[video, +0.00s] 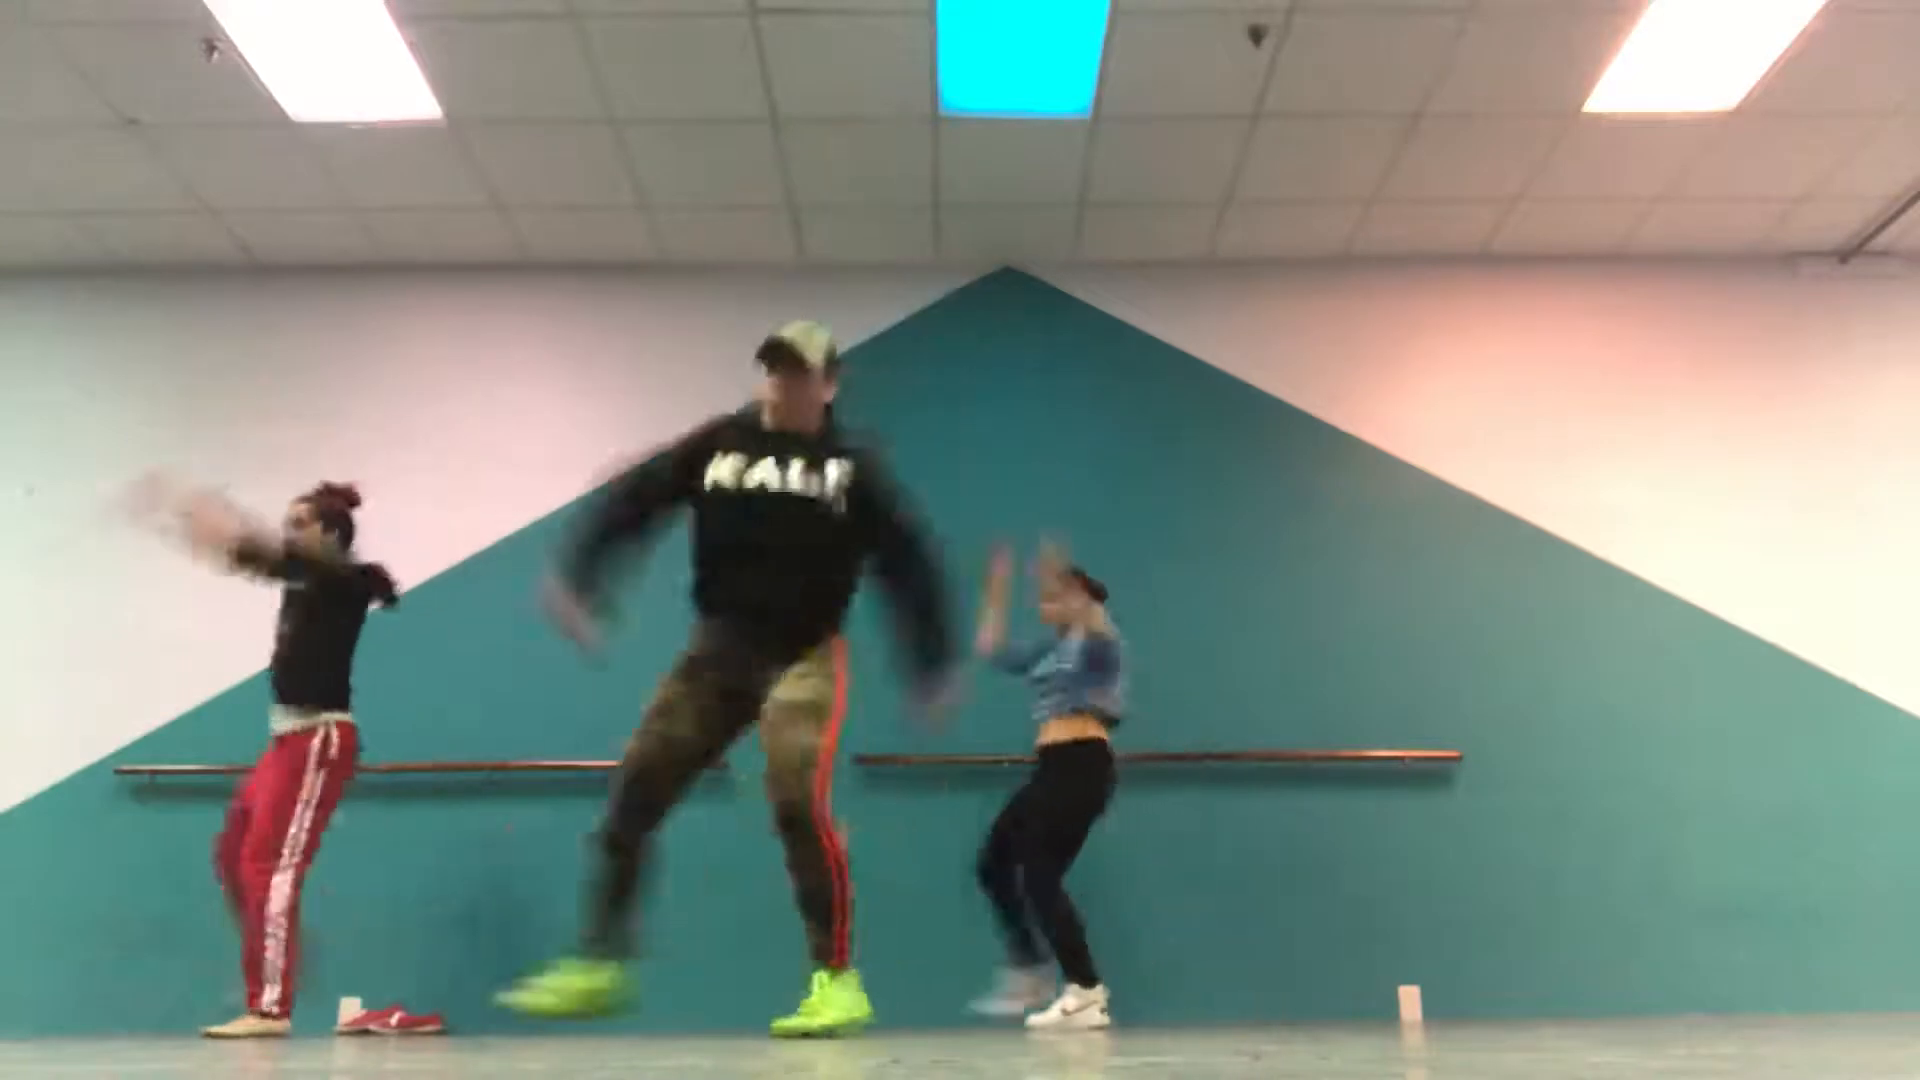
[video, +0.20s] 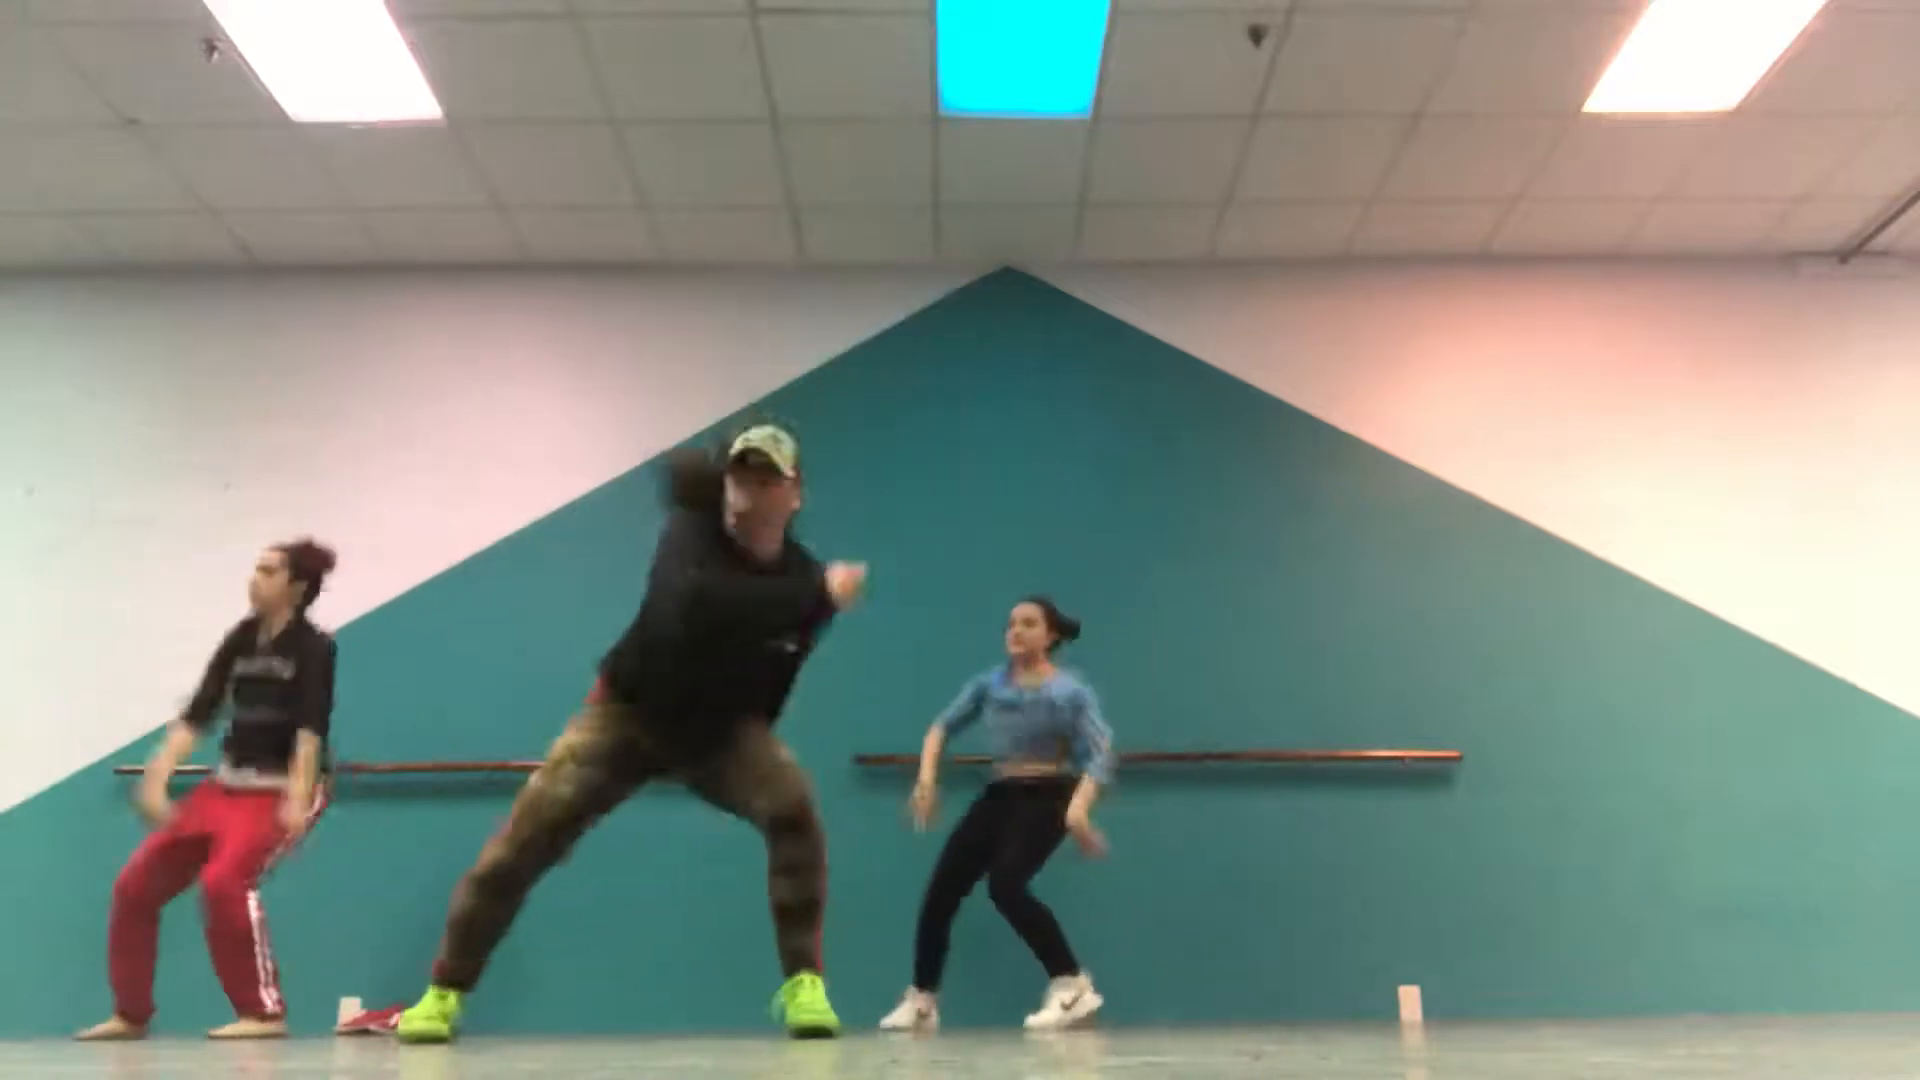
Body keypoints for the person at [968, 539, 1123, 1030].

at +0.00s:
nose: (1046, 608)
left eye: (1056, 597)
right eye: (1044, 599)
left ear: (1083, 600)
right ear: (1045, 605)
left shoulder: (1100, 645)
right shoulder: (1049, 650)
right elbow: (991, 648)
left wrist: (1090, 612)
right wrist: (998, 586)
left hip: (1085, 760)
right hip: (1051, 762)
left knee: (1040, 872)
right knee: (996, 864)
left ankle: (1084, 989)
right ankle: (1028, 972)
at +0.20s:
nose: (1015, 631)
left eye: (1028, 625)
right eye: (1012, 624)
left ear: (1051, 636)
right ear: (1005, 633)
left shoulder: (1069, 691)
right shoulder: (990, 683)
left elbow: (1100, 753)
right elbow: (938, 729)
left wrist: (1078, 806)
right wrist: (926, 781)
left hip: (1048, 796)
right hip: (1000, 796)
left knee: (1006, 886)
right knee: (944, 888)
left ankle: (1072, 986)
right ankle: (922, 998)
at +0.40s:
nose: (1024, 595)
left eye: (1036, 588)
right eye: (1019, 587)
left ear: (1056, 603)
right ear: (1010, 600)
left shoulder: (1067, 651)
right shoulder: (1002, 657)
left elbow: (1094, 710)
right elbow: (991, 718)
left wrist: (1075, 760)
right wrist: (978, 765)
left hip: (1061, 762)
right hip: (1019, 764)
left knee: (1032, 875)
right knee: (989, 877)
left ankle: (1078, 991)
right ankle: (940, 989)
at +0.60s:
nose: (1062, 589)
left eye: (1073, 580)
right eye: (1056, 582)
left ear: (1096, 589)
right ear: (1050, 593)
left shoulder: (1088, 633)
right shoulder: (1062, 635)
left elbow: (1108, 701)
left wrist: (1116, 764)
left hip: (1065, 739)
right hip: (1047, 740)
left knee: (1059, 864)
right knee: (1061, 863)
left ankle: (1080, 986)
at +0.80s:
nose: (1104, 612)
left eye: (1113, 602)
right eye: (1096, 606)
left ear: (1135, 607)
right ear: (1091, 616)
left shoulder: (1129, 648)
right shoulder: (1109, 654)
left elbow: (1113, 708)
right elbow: (1106, 716)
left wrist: (1083, 767)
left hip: (1115, 762)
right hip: (1118, 765)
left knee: (1026, 835)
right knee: (1137, 888)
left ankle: (1049, 958)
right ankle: (1221, 973)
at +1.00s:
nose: (1120, 625)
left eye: (1129, 616)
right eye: (1112, 619)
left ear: (1151, 621)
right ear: (1107, 629)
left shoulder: (1142, 656)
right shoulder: (1134, 666)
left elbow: (1131, 707)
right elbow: (1134, 736)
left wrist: (1075, 733)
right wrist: (1095, 765)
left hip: (1145, 778)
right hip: (1151, 785)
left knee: (1044, 828)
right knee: (1155, 911)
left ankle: (1082, 934)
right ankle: (1238, 985)